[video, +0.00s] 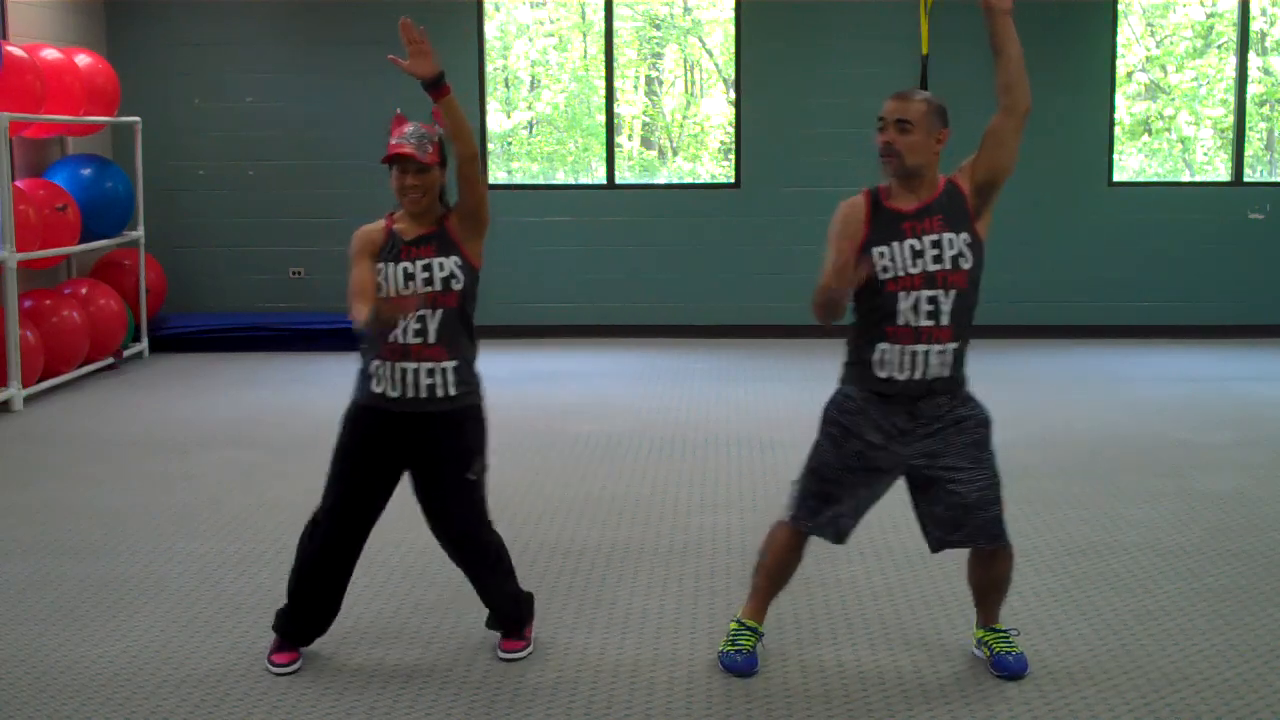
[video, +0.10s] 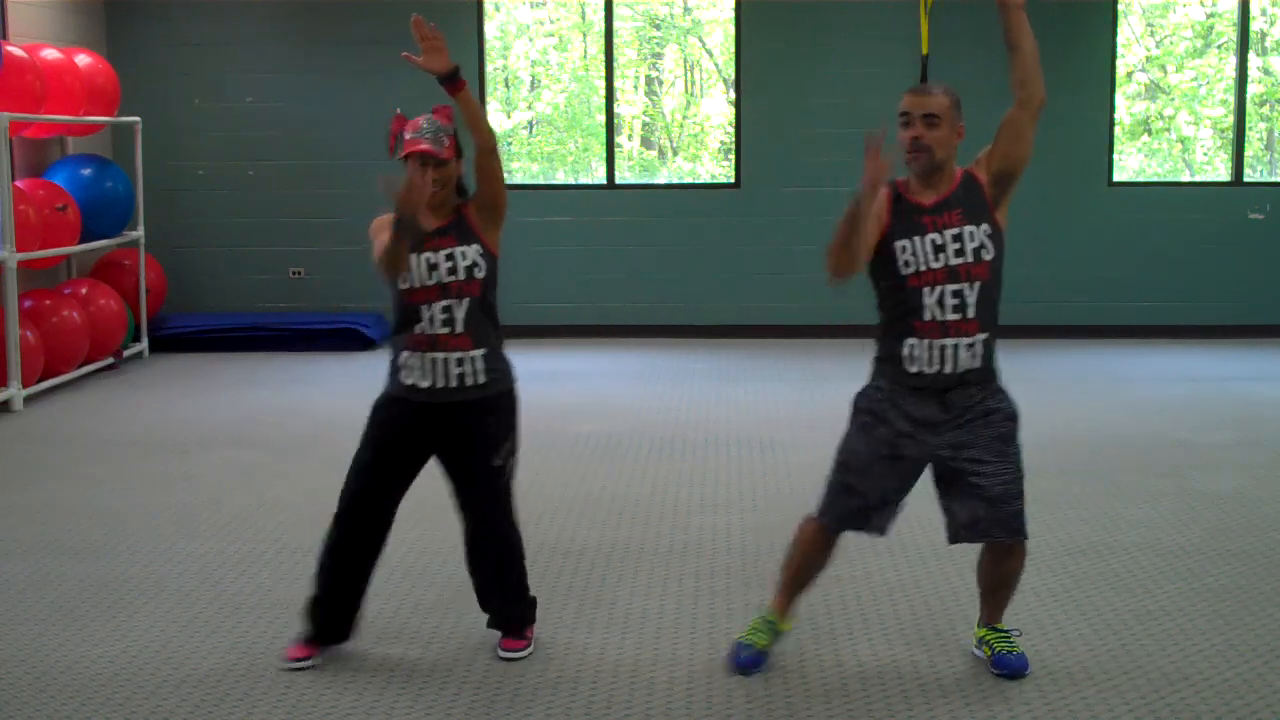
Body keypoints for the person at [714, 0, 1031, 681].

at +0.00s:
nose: (886, 139)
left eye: (901, 128)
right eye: (882, 128)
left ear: (939, 138)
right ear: (876, 137)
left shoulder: (971, 194)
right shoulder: (857, 213)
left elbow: (1015, 107)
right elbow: (824, 312)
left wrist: (1000, 13)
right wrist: (842, 283)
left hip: (945, 409)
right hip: (865, 408)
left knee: (990, 534)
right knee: (800, 519)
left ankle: (991, 630)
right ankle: (748, 623)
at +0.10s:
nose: (915, 132)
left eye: (930, 121)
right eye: (907, 121)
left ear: (958, 134)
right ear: (898, 131)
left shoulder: (986, 187)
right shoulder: (879, 204)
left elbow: (1030, 101)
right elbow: (841, 268)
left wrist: (1013, 10)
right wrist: (866, 196)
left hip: (975, 401)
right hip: (895, 400)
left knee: (1007, 533)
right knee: (830, 518)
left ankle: (992, 629)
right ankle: (774, 618)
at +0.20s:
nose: (936, 123)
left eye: (950, 112)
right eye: (925, 113)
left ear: (973, 125)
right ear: (913, 125)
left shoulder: (999, 176)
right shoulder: (894, 189)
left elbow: (1035, 89)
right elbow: (855, 187)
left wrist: (1017, 5)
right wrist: (887, 106)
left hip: (998, 388)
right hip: (920, 389)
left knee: (1014, 526)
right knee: (882, 515)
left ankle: (993, 627)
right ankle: (851, 611)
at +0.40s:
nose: (957, 117)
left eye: (971, 105)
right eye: (944, 104)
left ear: (992, 117)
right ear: (926, 120)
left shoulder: (1014, 174)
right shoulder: (913, 183)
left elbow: (1031, 81)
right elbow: (896, 99)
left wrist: (1015, 4)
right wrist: (929, 11)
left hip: (1018, 376)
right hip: (947, 383)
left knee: (1037, 516)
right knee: (970, 513)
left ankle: (997, 623)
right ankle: (941, 619)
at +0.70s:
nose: (1021, 129)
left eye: (1025, 120)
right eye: (1004, 120)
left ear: (1029, 137)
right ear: (967, 135)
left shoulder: (1042, 189)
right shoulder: (940, 192)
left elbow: (1088, 98)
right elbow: (934, 105)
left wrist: (1093, 16)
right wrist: (974, 22)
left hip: (1023, 406)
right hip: (944, 407)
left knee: (1057, 528)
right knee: (937, 535)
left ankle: (1015, 612)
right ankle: (946, 624)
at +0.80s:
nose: (1041, 129)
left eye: (1041, 118)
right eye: (1026, 118)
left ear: (1040, 133)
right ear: (984, 134)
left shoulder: (1051, 185)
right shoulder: (948, 186)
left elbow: (1115, 114)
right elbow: (942, 89)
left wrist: (1175, 51)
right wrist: (980, 16)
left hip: (1040, 399)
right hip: (961, 404)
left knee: (1102, 514)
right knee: (954, 535)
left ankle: (1108, 617)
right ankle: (947, 625)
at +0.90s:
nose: (1051, 125)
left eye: (1052, 116)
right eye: (1036, 115)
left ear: (1047, 130)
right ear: (996, 129)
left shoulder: (1070, 177)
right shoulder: (961, 183)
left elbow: (1157, 144)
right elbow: (952, 83)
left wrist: (1242, 111)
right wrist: (987, 7)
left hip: (1057, 399)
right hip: (978, 402)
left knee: (1114, 519)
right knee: (959, 537)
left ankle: (1165, 623)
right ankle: (950, 626)